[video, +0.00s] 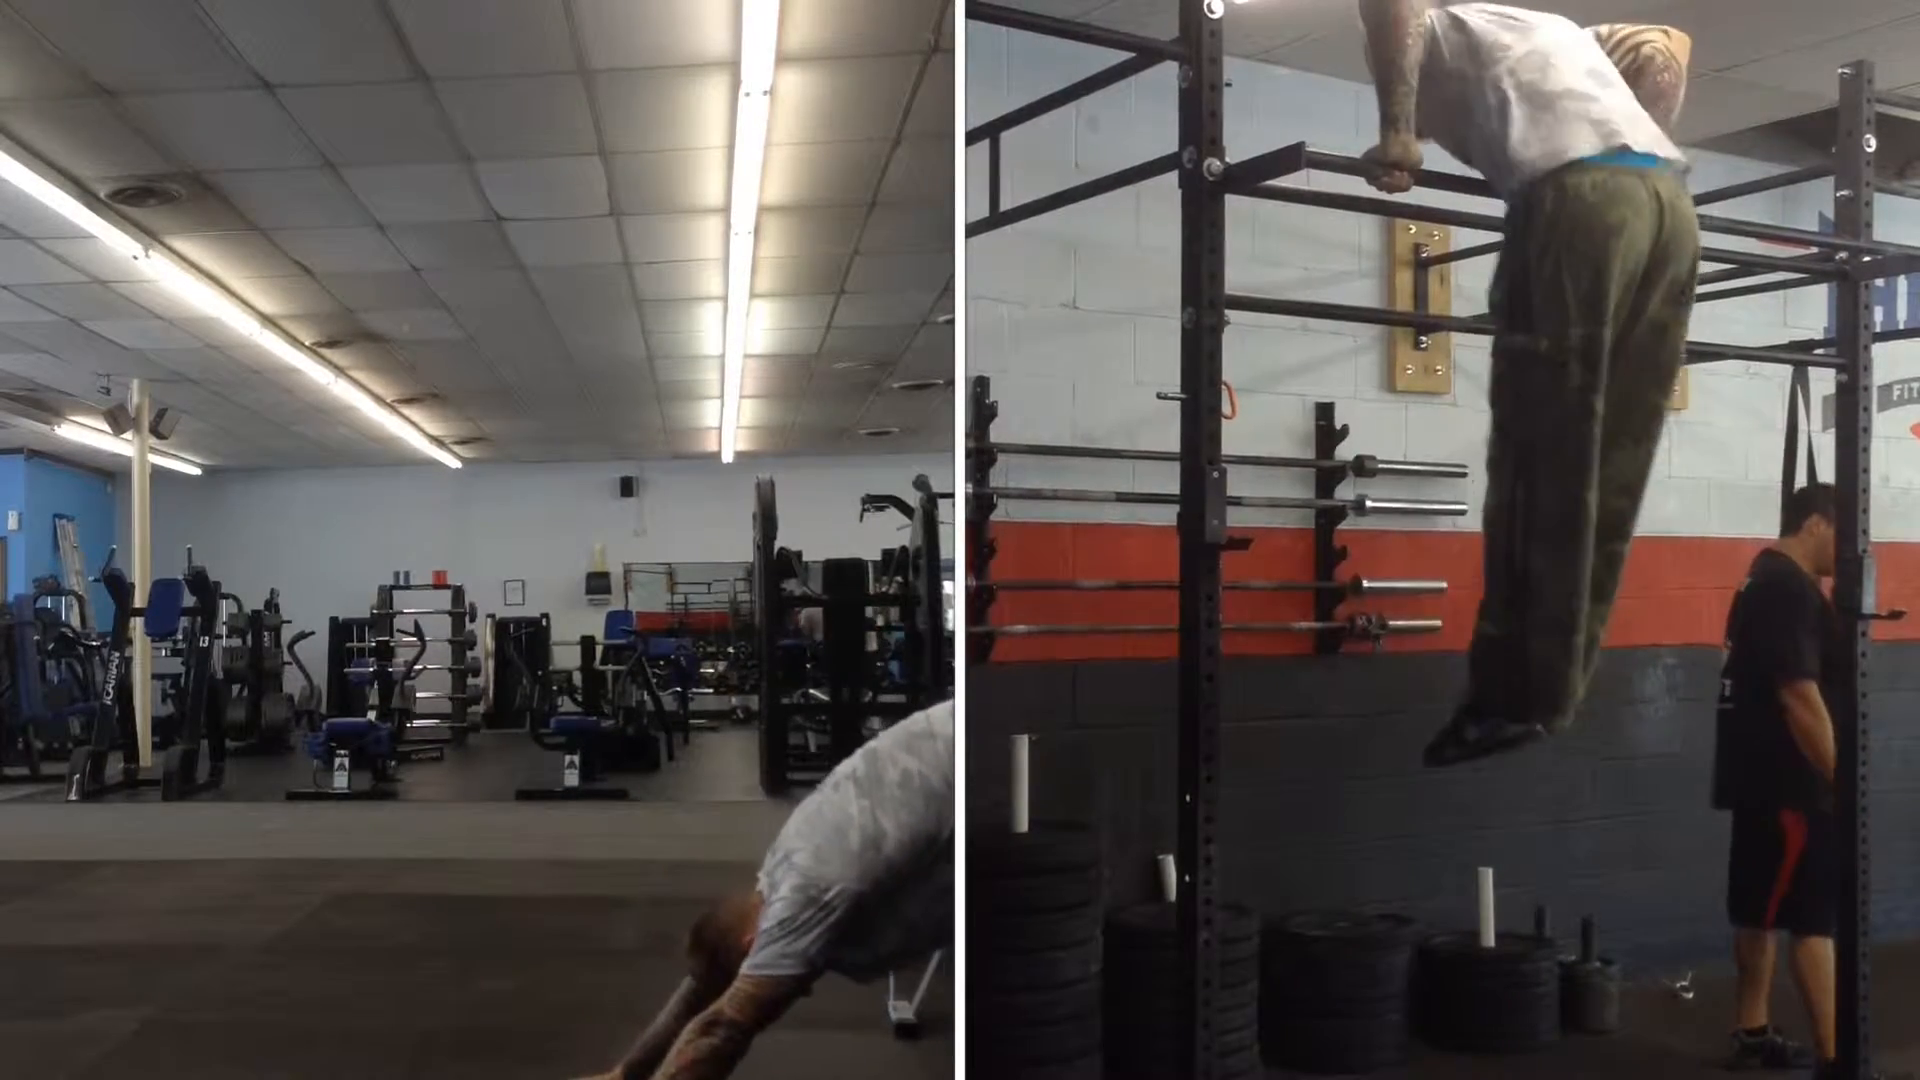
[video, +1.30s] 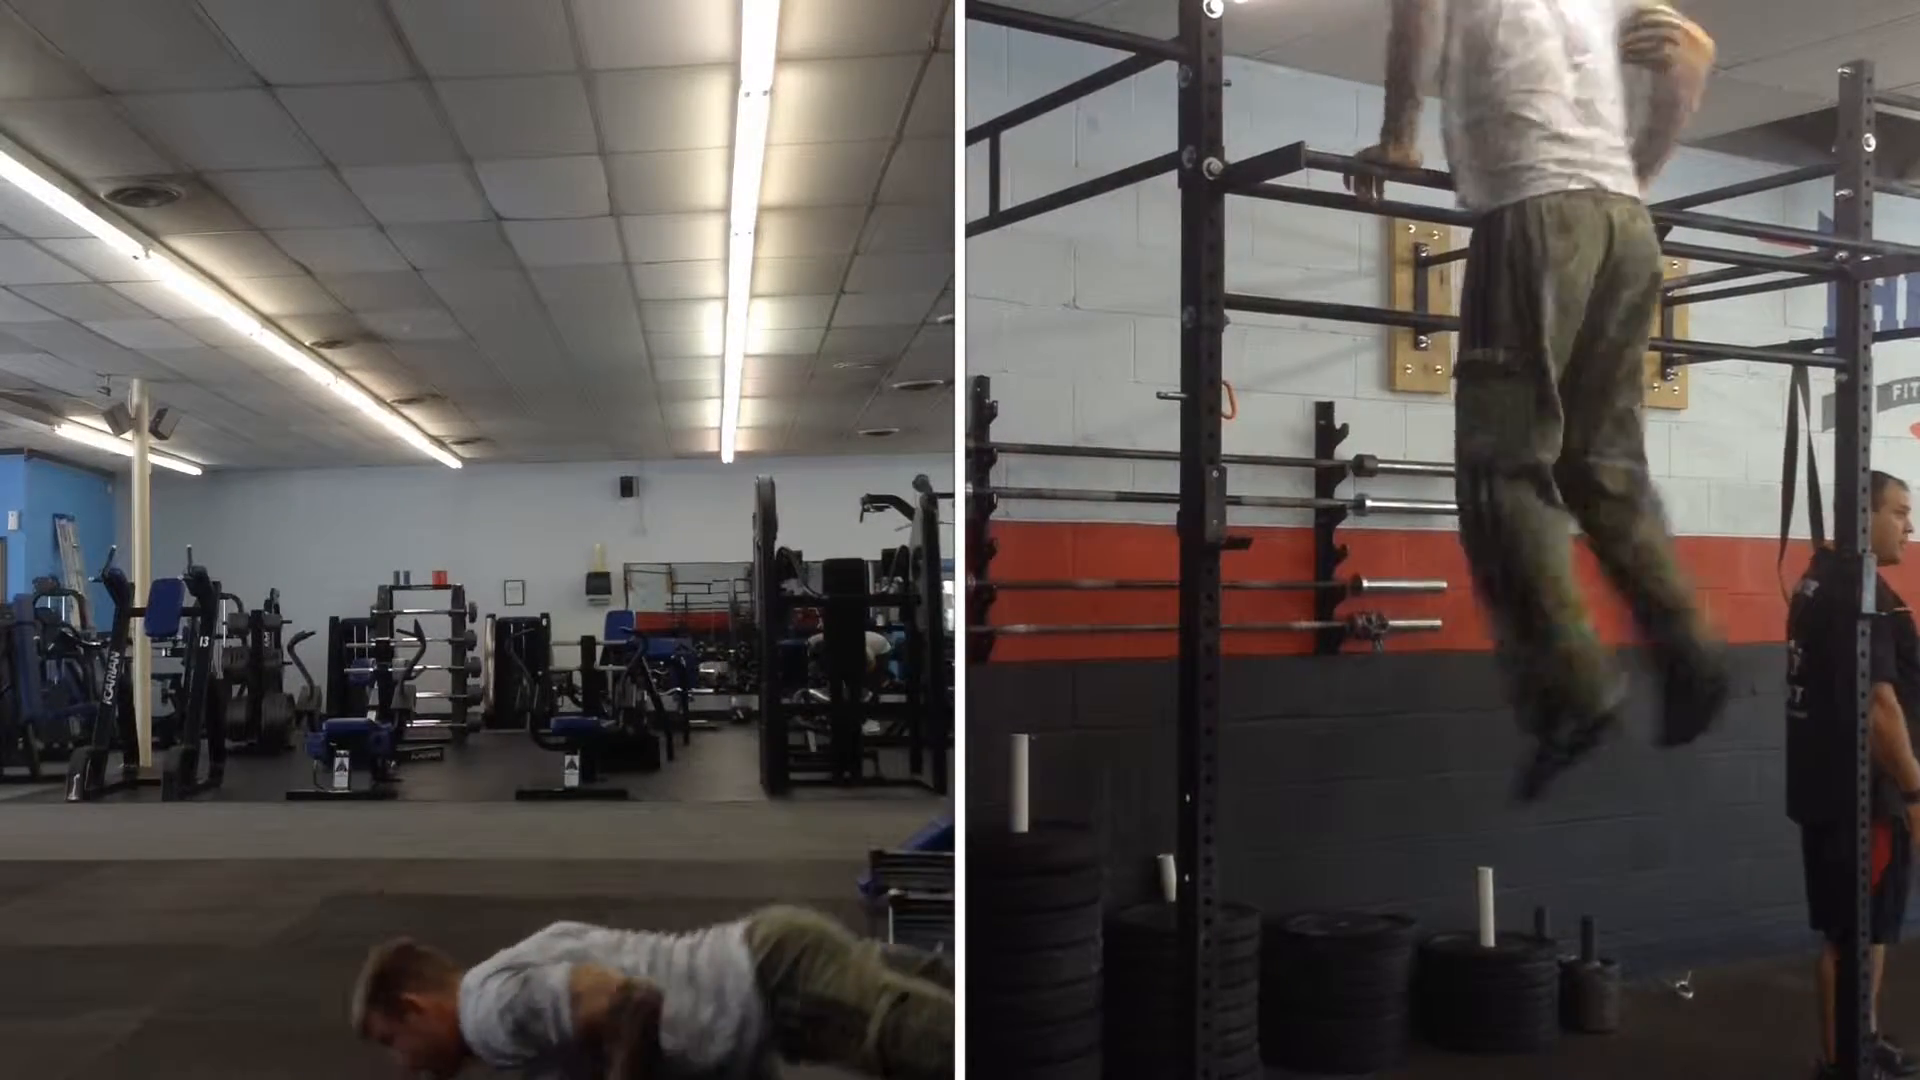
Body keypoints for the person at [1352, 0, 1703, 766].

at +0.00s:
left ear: (1421, 25)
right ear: (1489, 14)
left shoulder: (1432, 25)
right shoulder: (1556, 31)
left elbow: (1391, 2)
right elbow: (1662, 48)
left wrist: (1397, 127)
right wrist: (1642, 158)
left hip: (1579, 197)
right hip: (1672, 205)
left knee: (1543, 448)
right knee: (1618, 456)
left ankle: (1512, 696)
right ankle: (1556, 689)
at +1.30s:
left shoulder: (1462, 5)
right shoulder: (1599, 7)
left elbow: (1416, 12)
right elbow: (1688, 52)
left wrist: (1400, 132)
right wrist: (1627, 176)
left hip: (1536, 217)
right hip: (1630, 223)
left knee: (1503, 469)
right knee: (1603, 465)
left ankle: (1571, 696)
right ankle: (1692, 655)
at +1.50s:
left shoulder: (1547, 7)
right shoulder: (1707, 11)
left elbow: (1491, 112)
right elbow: (1757, 148)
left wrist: (1407, 151)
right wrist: (1666, 165)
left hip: (1619, 255)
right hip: (1715, 259)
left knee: (1526, 489)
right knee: (1635, 473)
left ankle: (1657, 640)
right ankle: (1760, 581)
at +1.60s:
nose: (1556, 16)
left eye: (1558, 10)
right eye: (1558, 12)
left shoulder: (1590, 33)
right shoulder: (1763, 62)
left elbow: (1495, 190)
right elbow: (1742, 197)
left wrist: (1416, 165)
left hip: (1658, 343)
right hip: (1757, 351)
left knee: (1536, 556)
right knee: (1649, 544)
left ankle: (1674, 713)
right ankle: (1766, 662)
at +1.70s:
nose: (1604, 103)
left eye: (1604, 91)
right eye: (1609, 93)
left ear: (1622, 81)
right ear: (1698, 77)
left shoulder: (1603, 151)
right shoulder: (1775, 159)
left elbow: (1473, 255)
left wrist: (1416, 185)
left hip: (1660, 475)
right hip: (1761, 483)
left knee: (1534, 661)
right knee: (1643, 648)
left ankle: (1661, 830)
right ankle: (1748, 784)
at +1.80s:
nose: (1600, 215)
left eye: (1605, 202)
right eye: (1607, 202)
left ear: (1619, 202)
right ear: (1700, 212)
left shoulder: (1593, 269)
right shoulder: (1762, 289)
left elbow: (1440, 299)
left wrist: (1412, 190)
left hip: (1626, 601)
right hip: (1721, 616)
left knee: (1509, 789)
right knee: (1618, 772)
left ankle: (1631, 964)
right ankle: (1707, 928)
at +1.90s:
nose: (1571, 313)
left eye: (1577, 299)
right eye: (1577, 300)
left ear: (1590, 307)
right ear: (1662, 318)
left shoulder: (1558, 374)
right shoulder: (1702, 391)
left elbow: (1422, 331)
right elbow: (1669, 328)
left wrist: (1405, 205)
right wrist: (1641, 244)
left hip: (1573, 699)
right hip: (1663, 704)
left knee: (1470, 900)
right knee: (1569, 883)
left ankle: (1601, 1059)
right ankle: (1660, 1034)